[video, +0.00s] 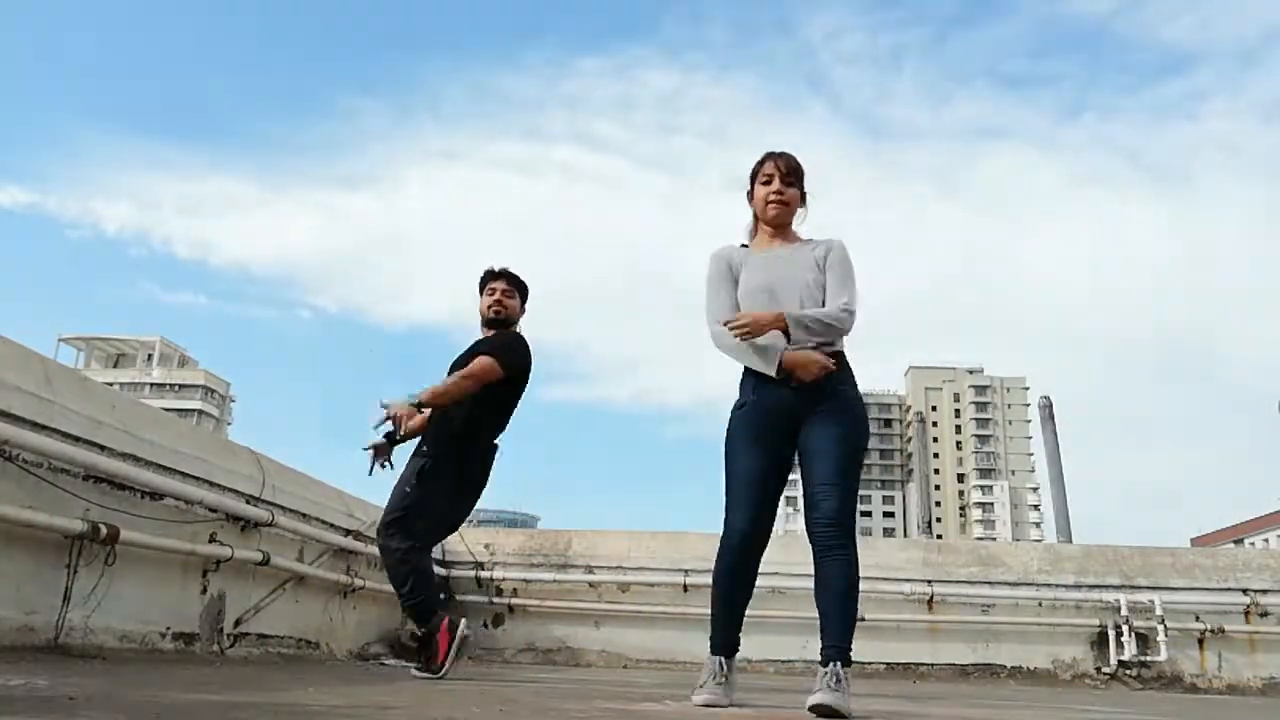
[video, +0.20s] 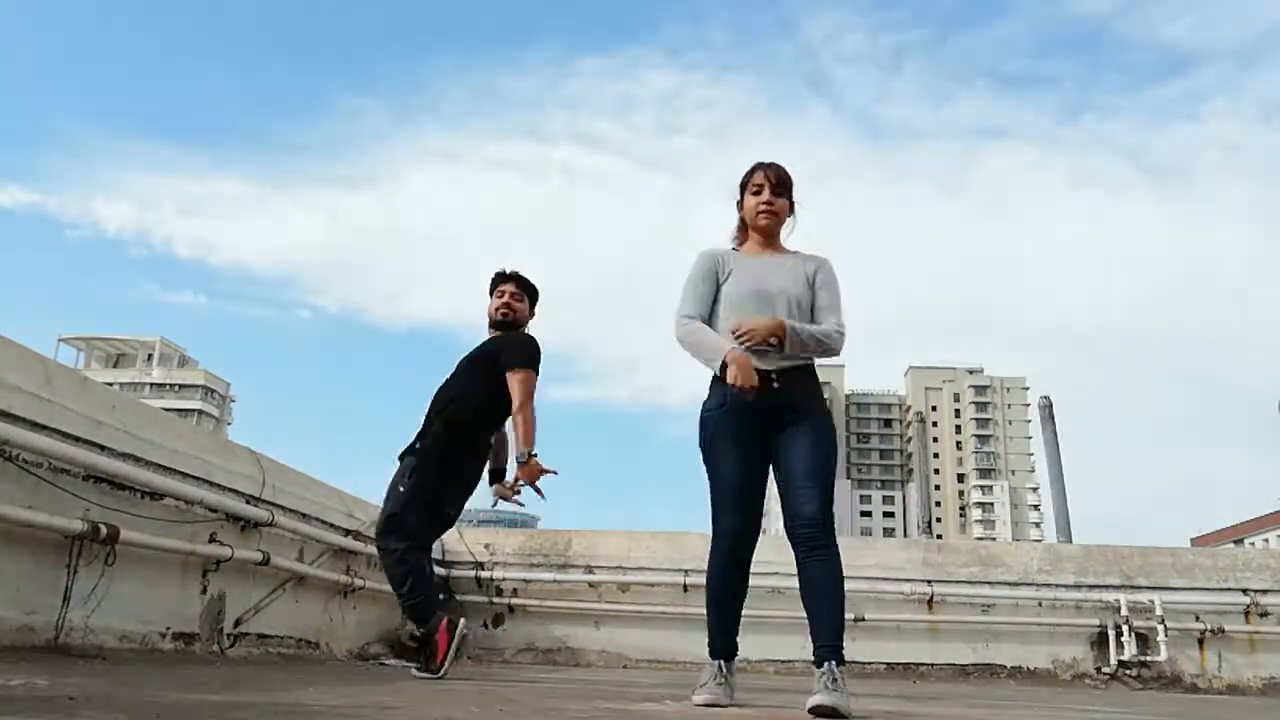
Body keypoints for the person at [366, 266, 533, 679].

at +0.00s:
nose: (498, 298)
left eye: (508, 294)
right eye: (491, 292)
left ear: (521, 308)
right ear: (480, 303)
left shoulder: (510, 345)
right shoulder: (479, 352)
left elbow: (469, 383)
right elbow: (441, 410)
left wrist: (417, 402)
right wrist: (393, 438)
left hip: (452, 460)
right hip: (446, 457)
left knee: (395, 534)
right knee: (409, 540)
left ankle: (435, 625)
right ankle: (432, 629)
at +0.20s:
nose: (506, 300)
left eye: (517, 297)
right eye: (500, 295)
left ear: (530, 313)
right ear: (489, 306)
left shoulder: (519, 343)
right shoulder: (493, 353)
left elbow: (523, 401)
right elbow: (497, 425)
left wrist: (528, 456)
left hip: (440, 456)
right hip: (451, 463)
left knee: (394, 538)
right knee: (410, 542)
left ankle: (433, 623)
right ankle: (431, 630)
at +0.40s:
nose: (517, 299)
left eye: (527, 296)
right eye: (511, 294)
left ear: (540, 311)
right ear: (500, 305)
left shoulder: (530, 342)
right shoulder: (502, 350)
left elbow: (528, 396)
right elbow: (482, 413)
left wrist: (520, 447)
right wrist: (484, 477)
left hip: (465, 458)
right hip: (449, 456)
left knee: (414, 537)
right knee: (408, 537)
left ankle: (453, 630)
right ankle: (439, 633)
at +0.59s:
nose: (526, 301)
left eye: (536, 298)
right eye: (519, 295)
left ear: (548, 312)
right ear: (508, 305)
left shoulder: (544, 350)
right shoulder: (504, 362)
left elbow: (507, 391)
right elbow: (471, 421)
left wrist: (455, 413)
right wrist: (423, 453)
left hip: (515, 468)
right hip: (489, 466)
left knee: (469, 549)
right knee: (445, 544)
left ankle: (481, 650)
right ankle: (515, 611)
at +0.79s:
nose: (535, 307)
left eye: (545, 304)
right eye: (528, 300)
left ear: (556, 317)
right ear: (515, 309)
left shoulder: (561, 357)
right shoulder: (503, 372)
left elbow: (530, 399)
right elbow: (474, 422)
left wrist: (469, 401)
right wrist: (439, 433)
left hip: (549, 476)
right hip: (520, 478)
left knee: (499, 545)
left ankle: (487, 649)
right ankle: (598, 655)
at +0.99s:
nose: (542, 299)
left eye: (552, 297)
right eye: (536, 292)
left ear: (560, 312)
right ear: (521, 300)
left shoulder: (567, 353)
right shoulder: (496, 358)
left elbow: (560, 412)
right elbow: (484, 414)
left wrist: (515, 454)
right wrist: (475, 462)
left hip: (554, 473)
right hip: (509, 474)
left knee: (539, 565)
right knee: (524, 566)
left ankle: (522, 656)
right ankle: (581, 643)